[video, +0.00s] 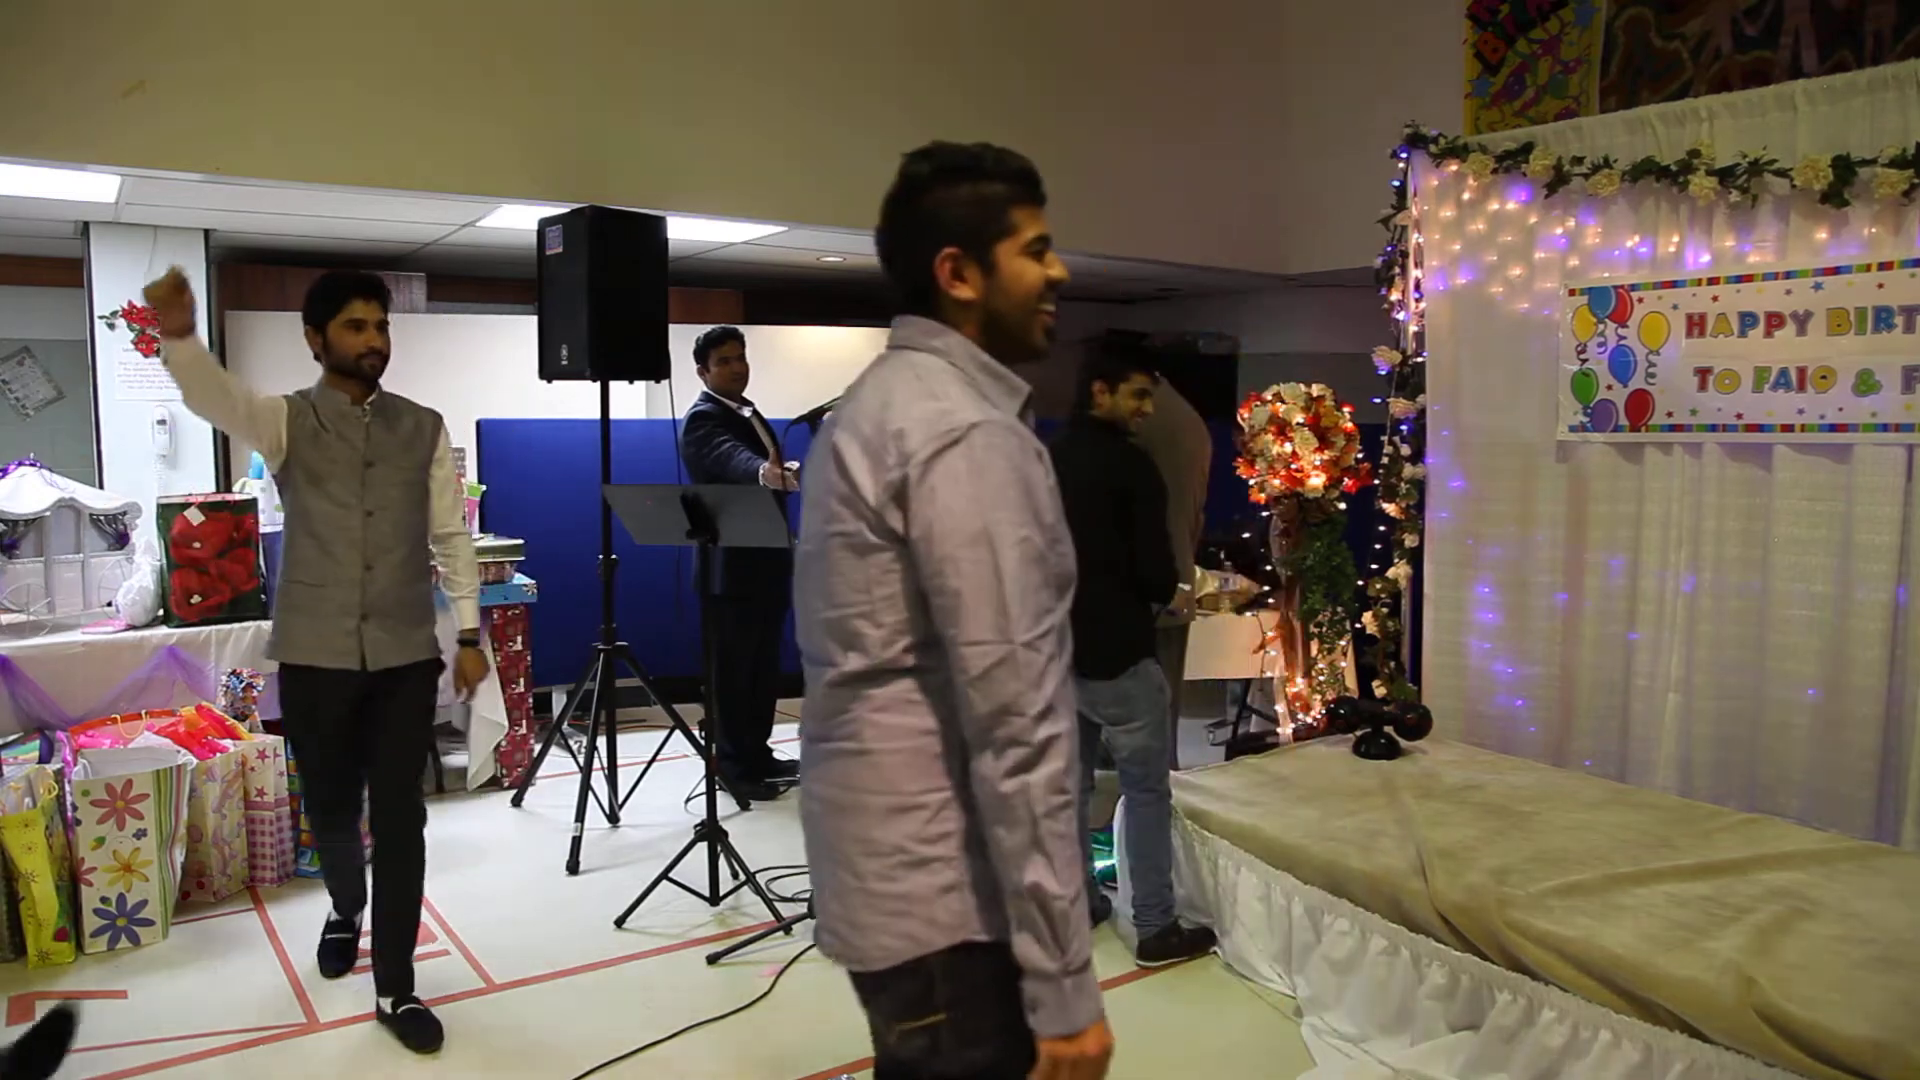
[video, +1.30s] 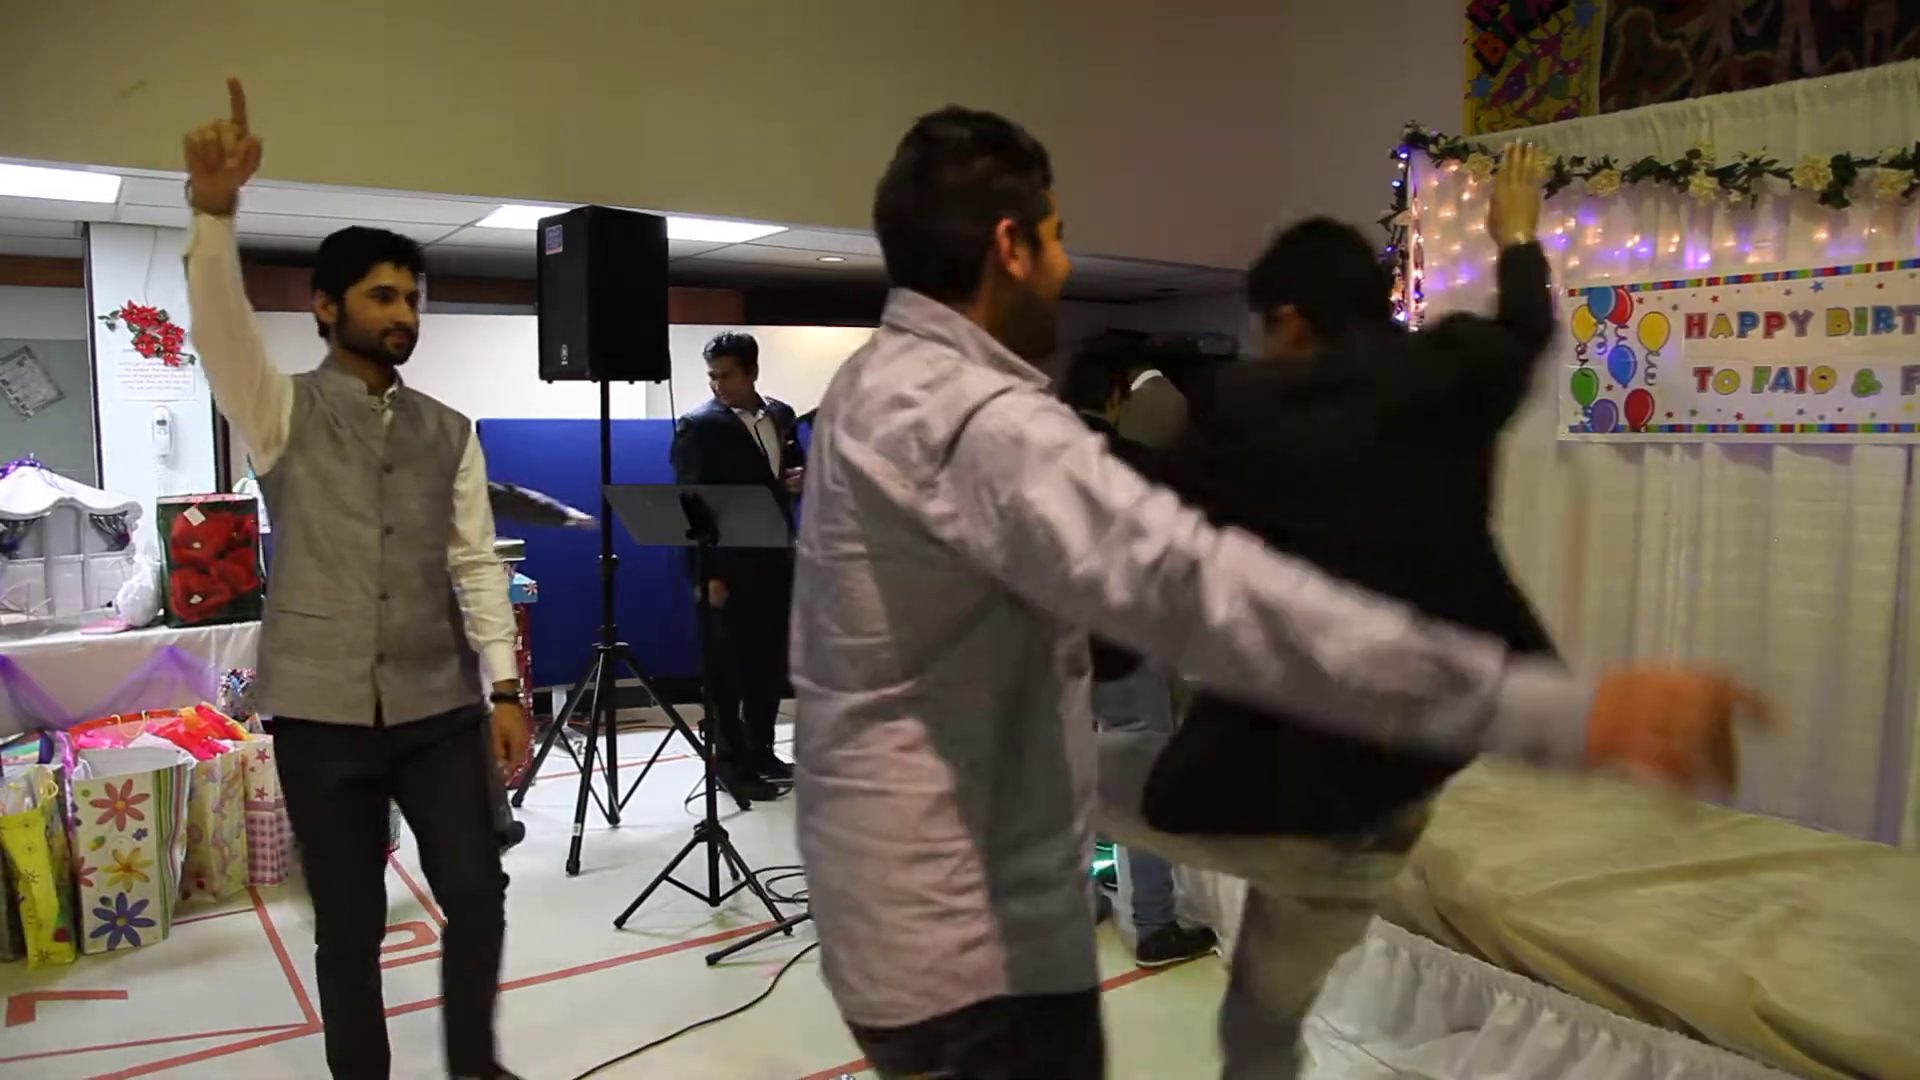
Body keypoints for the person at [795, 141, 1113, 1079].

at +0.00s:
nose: (1059, 273)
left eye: (1051, 249)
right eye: (1036, 250)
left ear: (957, 276)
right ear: (957, 274)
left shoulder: (873, 408)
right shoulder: (964, 430)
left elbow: (876, 681)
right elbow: (1017, 731)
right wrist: (1064, 989)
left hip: (888, 895)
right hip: (949, 908)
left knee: (928, 1061)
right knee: (974, 1063)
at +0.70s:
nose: (1039, 255)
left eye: (1031, 229)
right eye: (1001, 230)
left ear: (902, 270)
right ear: (900, 266)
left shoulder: (844, 404)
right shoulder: (912, 442)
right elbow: (1032, 774)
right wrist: (1187, 1052)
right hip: (898, 959)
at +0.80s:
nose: (1041, 257)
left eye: (1032, 229)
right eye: (1003, 231)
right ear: (899, 264)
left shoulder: (850, 396)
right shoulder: (911, 436)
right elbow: (1042, 747)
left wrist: (1001, 934)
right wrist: (1241, 1036)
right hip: (896, 944)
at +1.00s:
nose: (1058, 263)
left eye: (1052, 237)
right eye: (1026, 238)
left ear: (927, 275)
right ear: (923, 267)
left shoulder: (873, 403)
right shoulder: (921, 437)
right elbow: (1084, 717)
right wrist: (1374, 1004)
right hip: (910, 937)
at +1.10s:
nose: (1070, 276)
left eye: (1061, 248)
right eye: (1046, 249)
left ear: (958, 271)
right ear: (958, 271)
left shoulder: (864, 422)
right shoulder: (933, 455)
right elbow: (1122, 715)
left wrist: (1196, 680)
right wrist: (1445, 936)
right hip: (919, 954)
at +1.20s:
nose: (1070, 270)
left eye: (1060, 240)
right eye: (1055, 241)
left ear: (966, 259)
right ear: (990, 258)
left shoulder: (890, 399)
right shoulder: (950, 427)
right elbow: (1154, 653)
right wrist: (1508, 834)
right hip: (944, 947)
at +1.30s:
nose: (1070, 265)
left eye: (1063, 238)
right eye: (1058, 238)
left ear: (927, 256)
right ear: (1008, 249)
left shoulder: (895, 381)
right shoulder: (964, 407)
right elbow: (1190, 585)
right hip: (962, 913)